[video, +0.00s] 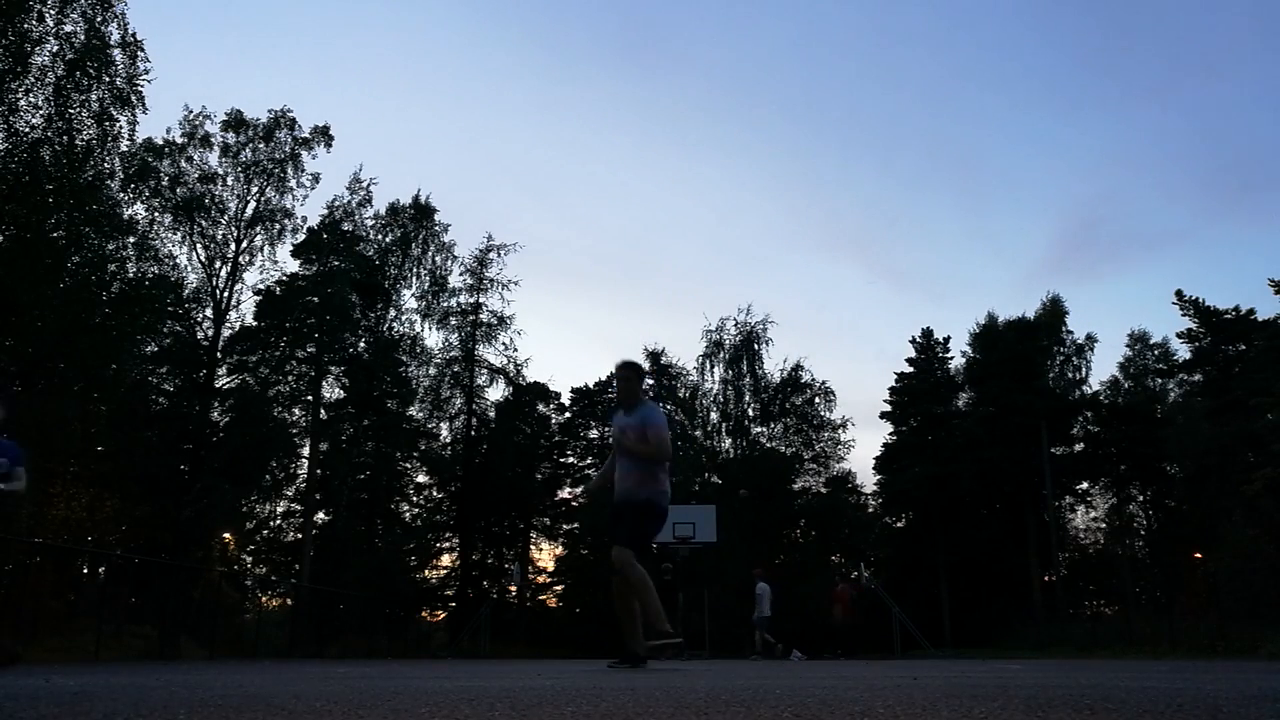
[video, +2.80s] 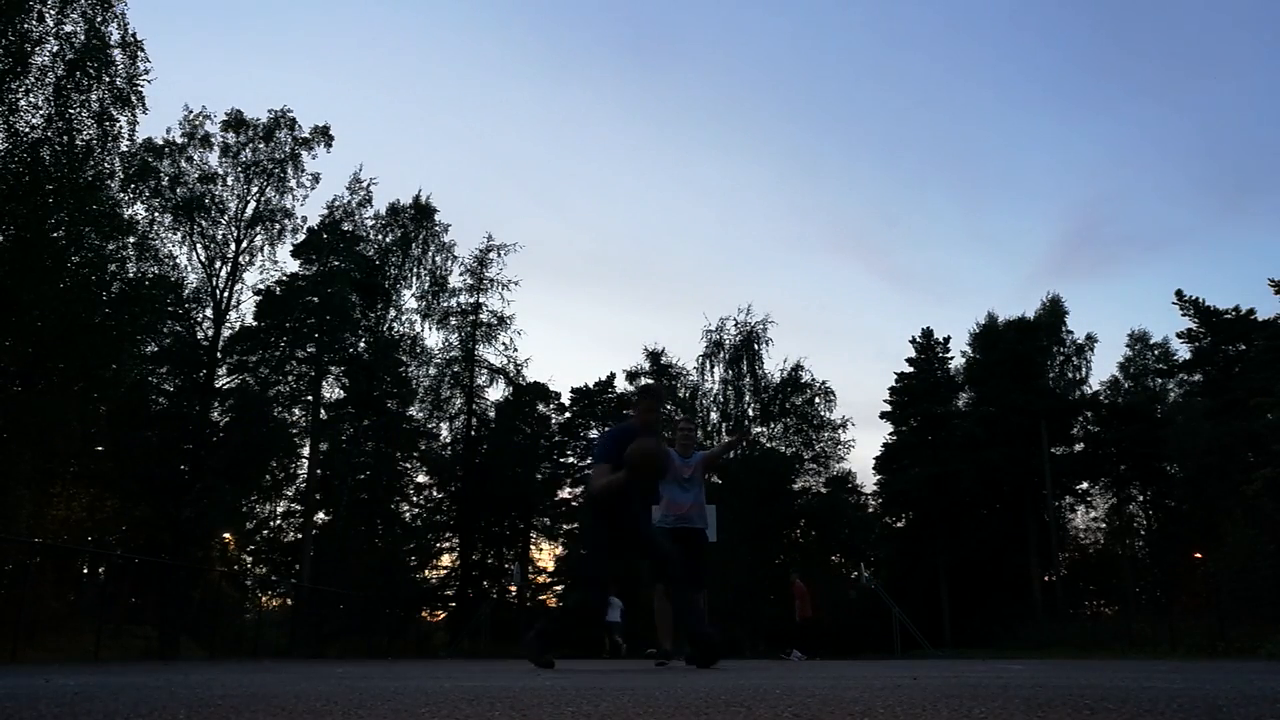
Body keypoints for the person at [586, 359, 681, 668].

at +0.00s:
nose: (620, 386)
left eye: (626, 380)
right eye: (618, 380)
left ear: (640, 384)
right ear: (616, 383)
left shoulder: (653, 413)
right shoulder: (620, 418)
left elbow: (663, 452)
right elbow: (617, 457)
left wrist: (627, 446)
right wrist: (596, 484)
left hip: (649, 499)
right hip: (625, 499)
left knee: (624, 557)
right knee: (623, 567)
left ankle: (662, 628)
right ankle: (635, 650)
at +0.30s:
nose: (646, 391)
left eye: (652, 387)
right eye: (643, 386)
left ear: (663, 391)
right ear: (637, 389)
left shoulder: (674, 422)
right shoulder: (626, 420)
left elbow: (688, 459)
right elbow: (609, 448)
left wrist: (650, 443)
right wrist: (609, 461)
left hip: (665, 509)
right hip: (631, 508)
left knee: (667, 579)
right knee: (633, 578)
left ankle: (675, 644)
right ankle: (636, 650)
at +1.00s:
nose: (651, 414)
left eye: (656, 410)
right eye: (650, 410)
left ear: (671, 414)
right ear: (651, 415)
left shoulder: (689, 445)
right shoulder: (641, 444)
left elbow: (704, 480)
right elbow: (632, 478)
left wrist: (678, 477)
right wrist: (646, 472)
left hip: (677, 521)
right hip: (647, 521)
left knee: (677, 585)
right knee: (650, 585)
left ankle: (677, 649)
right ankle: (655, 646)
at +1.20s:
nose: (639, 424)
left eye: (644, 419)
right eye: (638, 420)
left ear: (659, 422)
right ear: (639, 424)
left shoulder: (679, 451)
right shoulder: (633, 455)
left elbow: (700, 480)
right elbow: (627, 490)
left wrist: (665, 483)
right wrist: (635, 517)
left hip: (675, 524)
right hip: (647, 526)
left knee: (675, 586)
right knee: (652, 587)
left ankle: (675, 649)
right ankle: (658, 647)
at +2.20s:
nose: (671, 430)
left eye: (675, 426)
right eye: (667, 426)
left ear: (681, 430)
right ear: (660, 430)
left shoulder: (694, 457)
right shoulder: (650, 460)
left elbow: (711, 486)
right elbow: (635, 492)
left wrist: (702, 483)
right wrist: (649, 479)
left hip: (688, 530)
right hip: (659, 530)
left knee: (691, 590)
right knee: (661, 591)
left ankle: (693, 649)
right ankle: (663, 650)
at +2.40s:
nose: (684, 433)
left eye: (688, 429)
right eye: (680, 429)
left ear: (694, 433)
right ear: (673, 432)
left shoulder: (702, 459)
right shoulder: (661, 456)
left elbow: (725, 474)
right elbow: (642, 465)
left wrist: (725, 459)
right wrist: (650, 443)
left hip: (693, 532)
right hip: (665, 531)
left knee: (694, 592)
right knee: (663, 591)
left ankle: (694, 651)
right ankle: (663, 651)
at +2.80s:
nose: (687, 434)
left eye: (690, 430)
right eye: (683, 430)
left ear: (696, 435)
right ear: (674, 434)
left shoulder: (700, 458)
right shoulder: (665, 456)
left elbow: (719, 450)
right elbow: (646, 449)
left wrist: (735, 441)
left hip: (695, 530)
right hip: (666, 529)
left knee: (695, 589)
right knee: (665, 588)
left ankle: (698, 648)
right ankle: (665, 648)